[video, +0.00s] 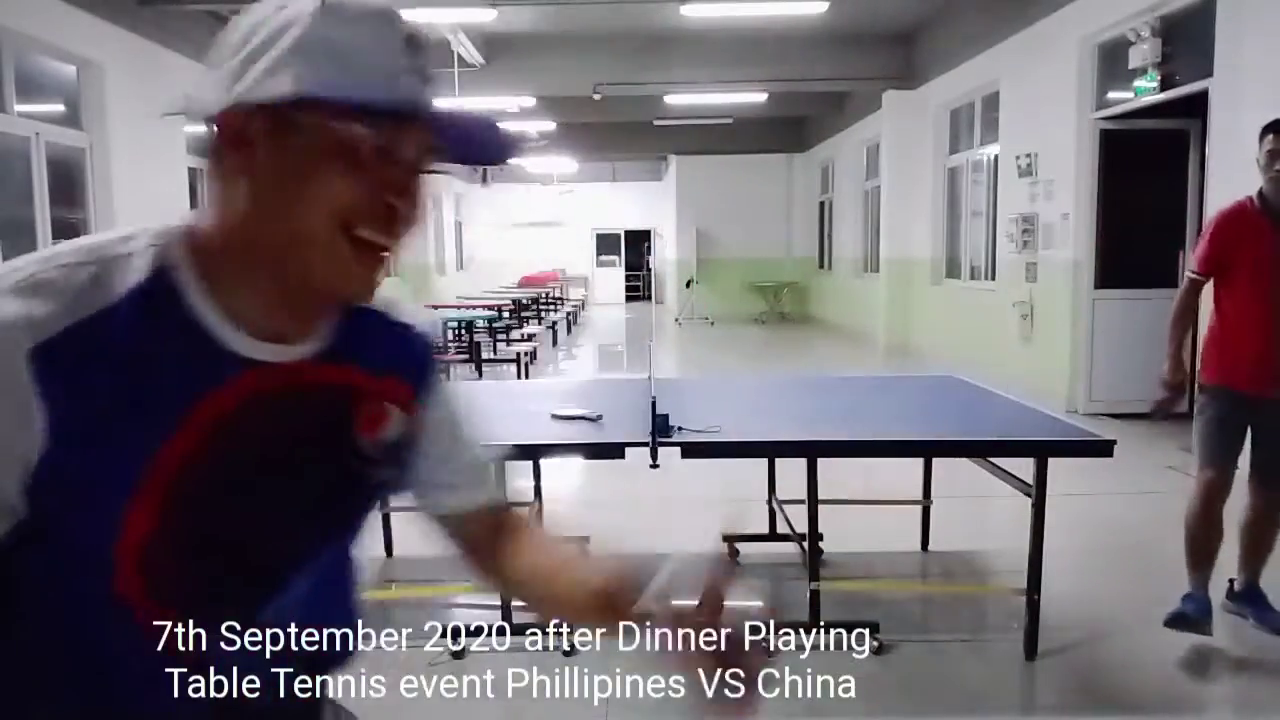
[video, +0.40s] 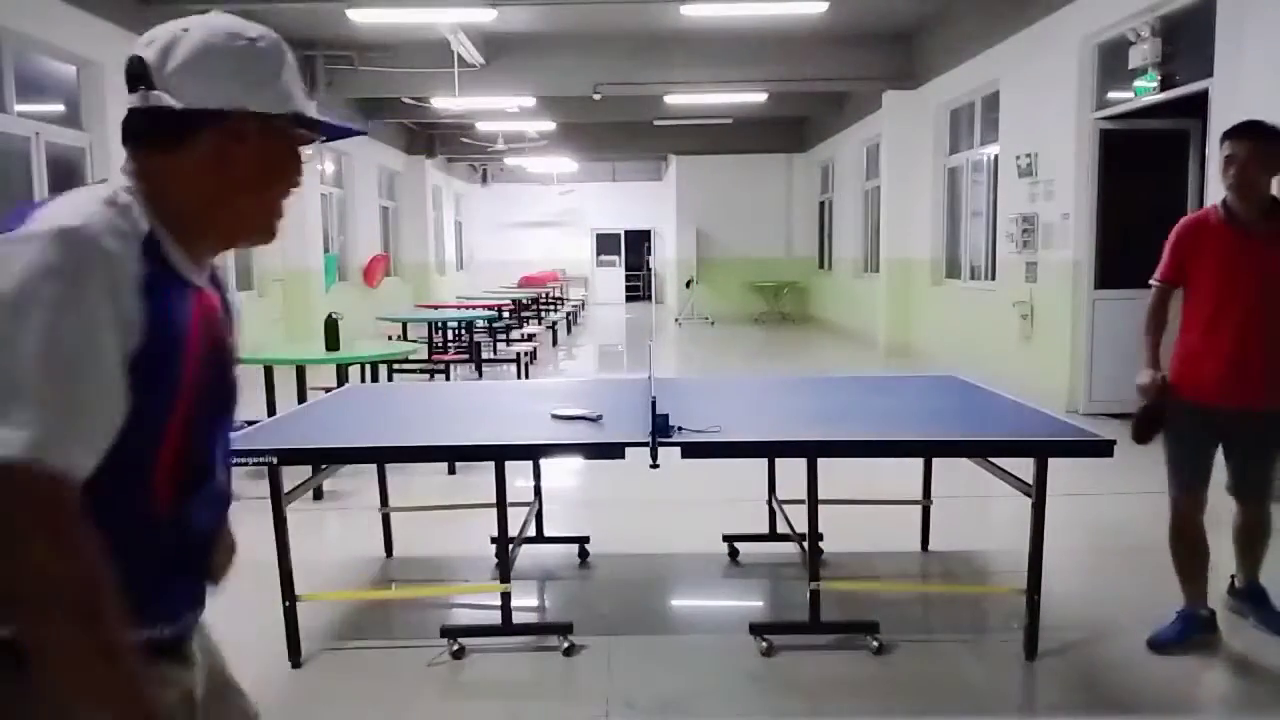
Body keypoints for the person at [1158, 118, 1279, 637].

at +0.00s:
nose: (1277, 160)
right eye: (1271, 153)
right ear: (1259, 160)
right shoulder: (1233, 221)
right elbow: (1189, 291)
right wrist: (1175, 362)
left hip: (1276, 387)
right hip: (1226, 380)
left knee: (1269, 497)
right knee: (1211, 484)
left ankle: (1245, 588)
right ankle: (1197, 595)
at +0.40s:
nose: (1235, 171)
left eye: (1248, 161)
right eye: (1229, 160)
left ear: (1272, 169)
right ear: (1219, 166)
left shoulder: (1277, 227)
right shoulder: (1195, 229)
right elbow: (1160, 298)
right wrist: (1149, 365)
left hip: (1260, 398)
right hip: (1193, 394)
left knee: (1255, 506)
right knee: (1185, 507)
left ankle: (1247, 586)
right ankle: (1195, 611)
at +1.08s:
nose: (1153, 169)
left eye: (1163, 159)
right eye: (1149, 161)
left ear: (1199, 158)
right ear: (1149, 166)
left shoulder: (1243, 226)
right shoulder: (1140, 230)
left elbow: (1264, 309)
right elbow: (1115, 300)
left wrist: (1276, 379)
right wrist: (1081, 347)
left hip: (1209, 399)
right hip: (1148, 395)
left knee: (1231, 516)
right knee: (1171, 509)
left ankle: (1257, 634)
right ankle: (1195, 614)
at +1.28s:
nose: (1132, 175)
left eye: (1142, 163)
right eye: (1129, 165)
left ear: (1182, 159)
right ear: (1134, 169)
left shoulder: (1232, 224)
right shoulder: (1133, 230)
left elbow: (1269, 297)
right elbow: (1114, 304)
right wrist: (1076, 352)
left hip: (1204, 395)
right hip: (1147, 392)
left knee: (1194, 510)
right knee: (1170, 509)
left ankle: (1201, 630)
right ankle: (1192, 614)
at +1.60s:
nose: (1111, 176)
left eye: (1120, 163)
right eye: (1108, 165)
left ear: (1155, 161)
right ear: (1120, 169)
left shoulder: (1206, 222)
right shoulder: (1123, 229)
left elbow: (1234, 305)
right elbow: (1112, 300)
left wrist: (1227, 381)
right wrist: (1072, 353)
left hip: (1194, 391)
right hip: (1142, 389)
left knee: (1160, 502)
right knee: (1161, 504)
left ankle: (1153, 628)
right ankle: (1196, 615)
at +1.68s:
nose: (1105, 176)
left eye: (1114, 164)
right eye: (1103, 165)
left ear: (1150, 161)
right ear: (1115, 168)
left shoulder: (1196, 222)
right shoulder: (1122, 226)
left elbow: (1214, 310)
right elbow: (1115, 300)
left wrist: (1183, 382)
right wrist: (1075, 354)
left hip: (1184, 395)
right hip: (1140, 394)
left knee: (1147, 506)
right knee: (1168, 508)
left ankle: (1150, 630)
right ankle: (1197, 614)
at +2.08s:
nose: (1082, 175)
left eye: (1090, 163)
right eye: (1081, 164)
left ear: (1126, 162)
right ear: (1110, 167)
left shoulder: (1162, 223)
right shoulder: (1121, 226)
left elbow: (1173, 315)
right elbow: (1128, 309)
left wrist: (1102, 369)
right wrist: (1088, 347)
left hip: (1166, 396)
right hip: (1147, 394)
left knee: (1137, 510)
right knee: (1165, 506)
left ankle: (1150, 629)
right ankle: (1197, 614)